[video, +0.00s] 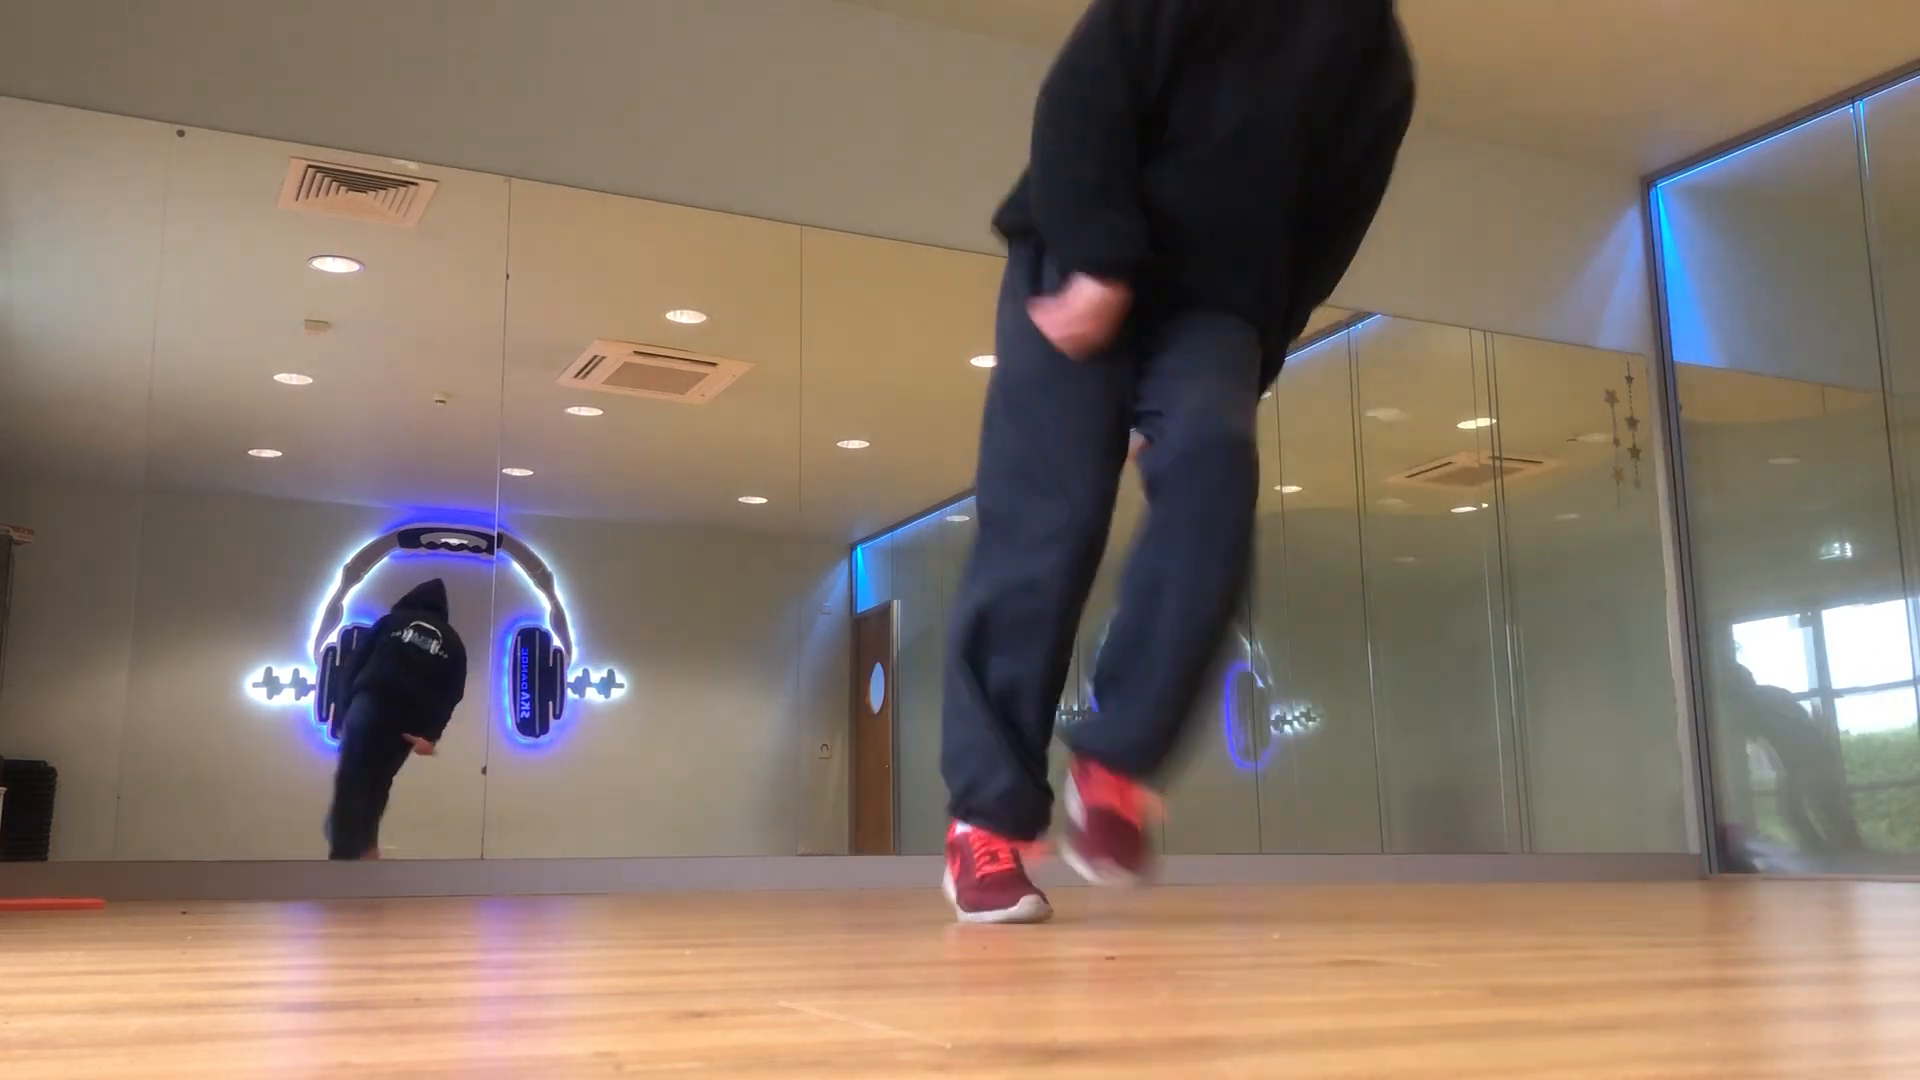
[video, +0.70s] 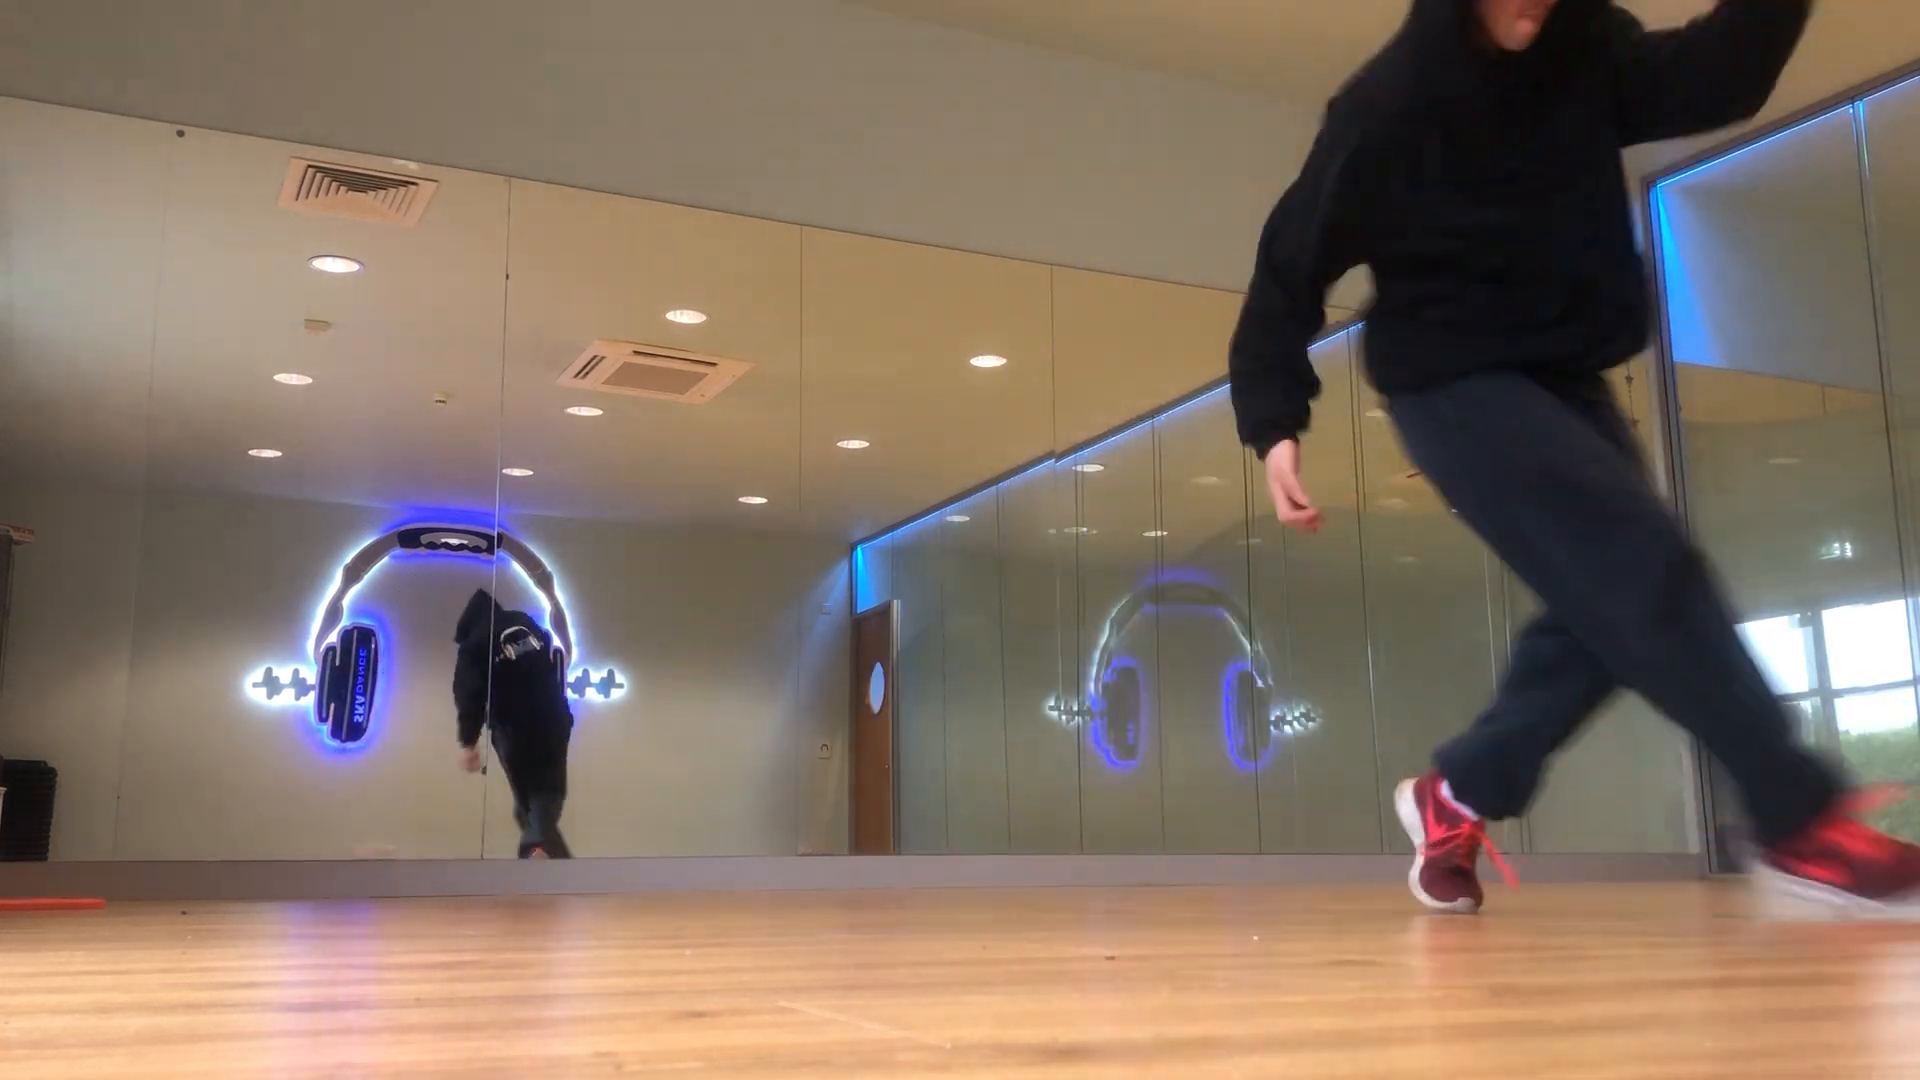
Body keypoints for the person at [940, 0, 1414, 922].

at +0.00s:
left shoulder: (1376, 62)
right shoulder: (1169, 9)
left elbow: (1329, 230)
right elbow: (1086, 91)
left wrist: (1253, 356)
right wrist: (1094, 257)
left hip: (1219, 293)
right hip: (1079, 250)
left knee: (1214, 483)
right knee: (1045, 532)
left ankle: (1115, 760)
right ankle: (989, 821)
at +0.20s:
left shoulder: (1362, 44)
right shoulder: (1149, 19)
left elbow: (1375, 233)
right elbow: (1104, 203)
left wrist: (1367, 405)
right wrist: (1219, 298)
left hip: (1254, 356)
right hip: (1113, 331)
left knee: (1279, 576)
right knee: (1072, 562)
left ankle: (1207, 662)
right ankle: (998, 835)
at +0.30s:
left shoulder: (1401, 11)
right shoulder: (1190, 22)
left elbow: (1429, 116)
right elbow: (1186, 201)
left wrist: (1406, 180)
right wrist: (1351, 256)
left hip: (1315, 319)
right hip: (1180, 307)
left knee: (1348, 556)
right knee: (1123, 535)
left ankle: (1343, 768)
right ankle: (1042, 803)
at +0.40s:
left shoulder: (1431, 21)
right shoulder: (1248, 57)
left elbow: (1433, 188)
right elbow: (1301, 257)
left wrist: (1348, 107)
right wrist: (1491, 261)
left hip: (1362, 340)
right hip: (1240, 339)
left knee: (1407, 585)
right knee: (1215, 572)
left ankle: (1392, 822)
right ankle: (1131, 818)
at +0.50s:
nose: (1453, 27)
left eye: (1467, 12)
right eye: (1432, 10)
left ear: (1484, 19)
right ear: (1378, 16)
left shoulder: (1495, 92)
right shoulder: (1319, 132)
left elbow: (1518, 234)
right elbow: (1397, 328)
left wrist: (1435, 228)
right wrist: (1555, 269)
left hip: (1433, 385)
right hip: (1320, 380)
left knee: (1444, 606)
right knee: (1396, 572)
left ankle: (1392, 852)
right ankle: (1227, 775)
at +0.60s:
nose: (1491, 15)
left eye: (1505, 4)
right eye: (1472, 5)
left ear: (1522, 8)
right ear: (1427, 5)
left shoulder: (1543, 66)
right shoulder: (1361, 104)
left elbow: (1631, 204)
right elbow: (1333, 309)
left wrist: (1591, 129)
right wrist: (1401, 396)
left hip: (1502, 371)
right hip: (1385, 372)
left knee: (1523, 576)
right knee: (1500, 535)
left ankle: (1407, 815)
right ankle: (1494, 795)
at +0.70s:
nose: (1528, 5)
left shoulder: (1589, 47)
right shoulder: (1399, 91)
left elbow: (1718, 76)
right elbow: (1292, 253)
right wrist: (1273, 421)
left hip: (1566, 373)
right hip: (1454, 384)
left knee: (1619, 592)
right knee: (1644, 564)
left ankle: (1456, 798)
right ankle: (1798, 817)